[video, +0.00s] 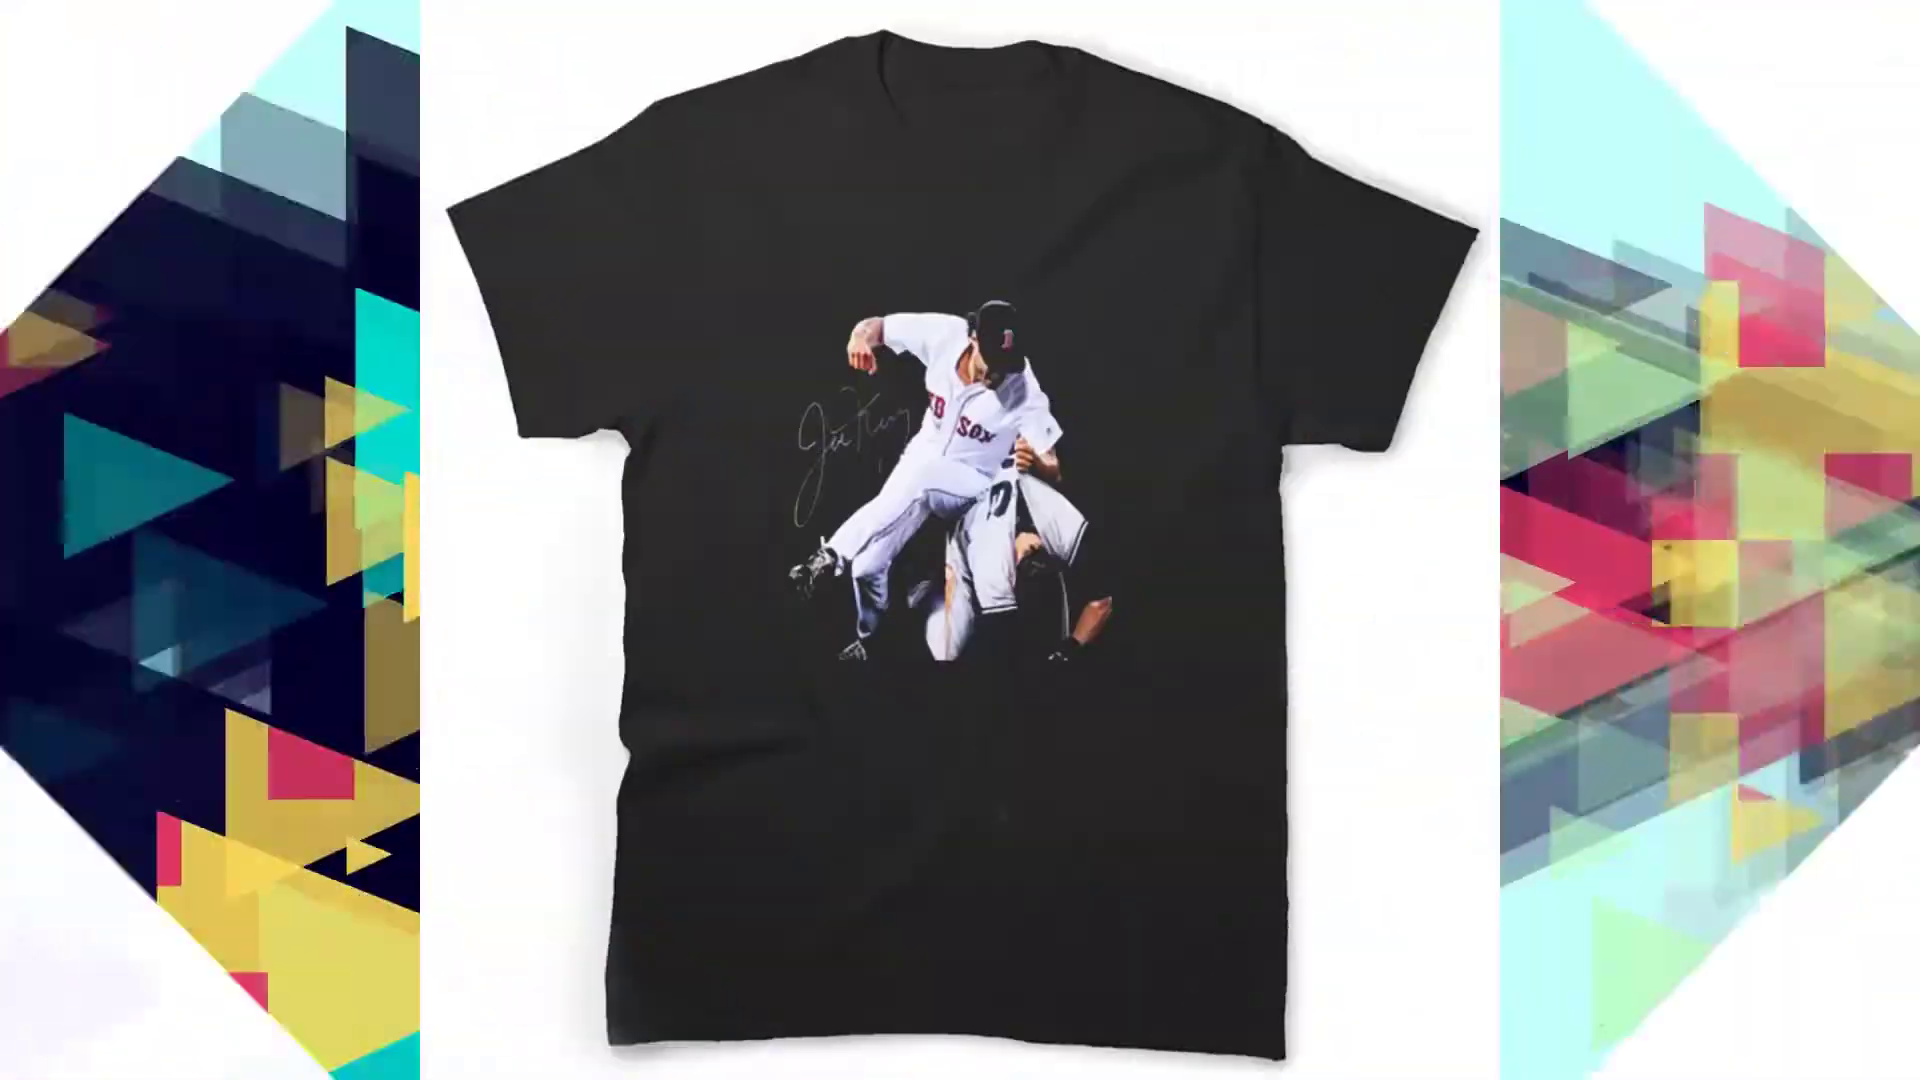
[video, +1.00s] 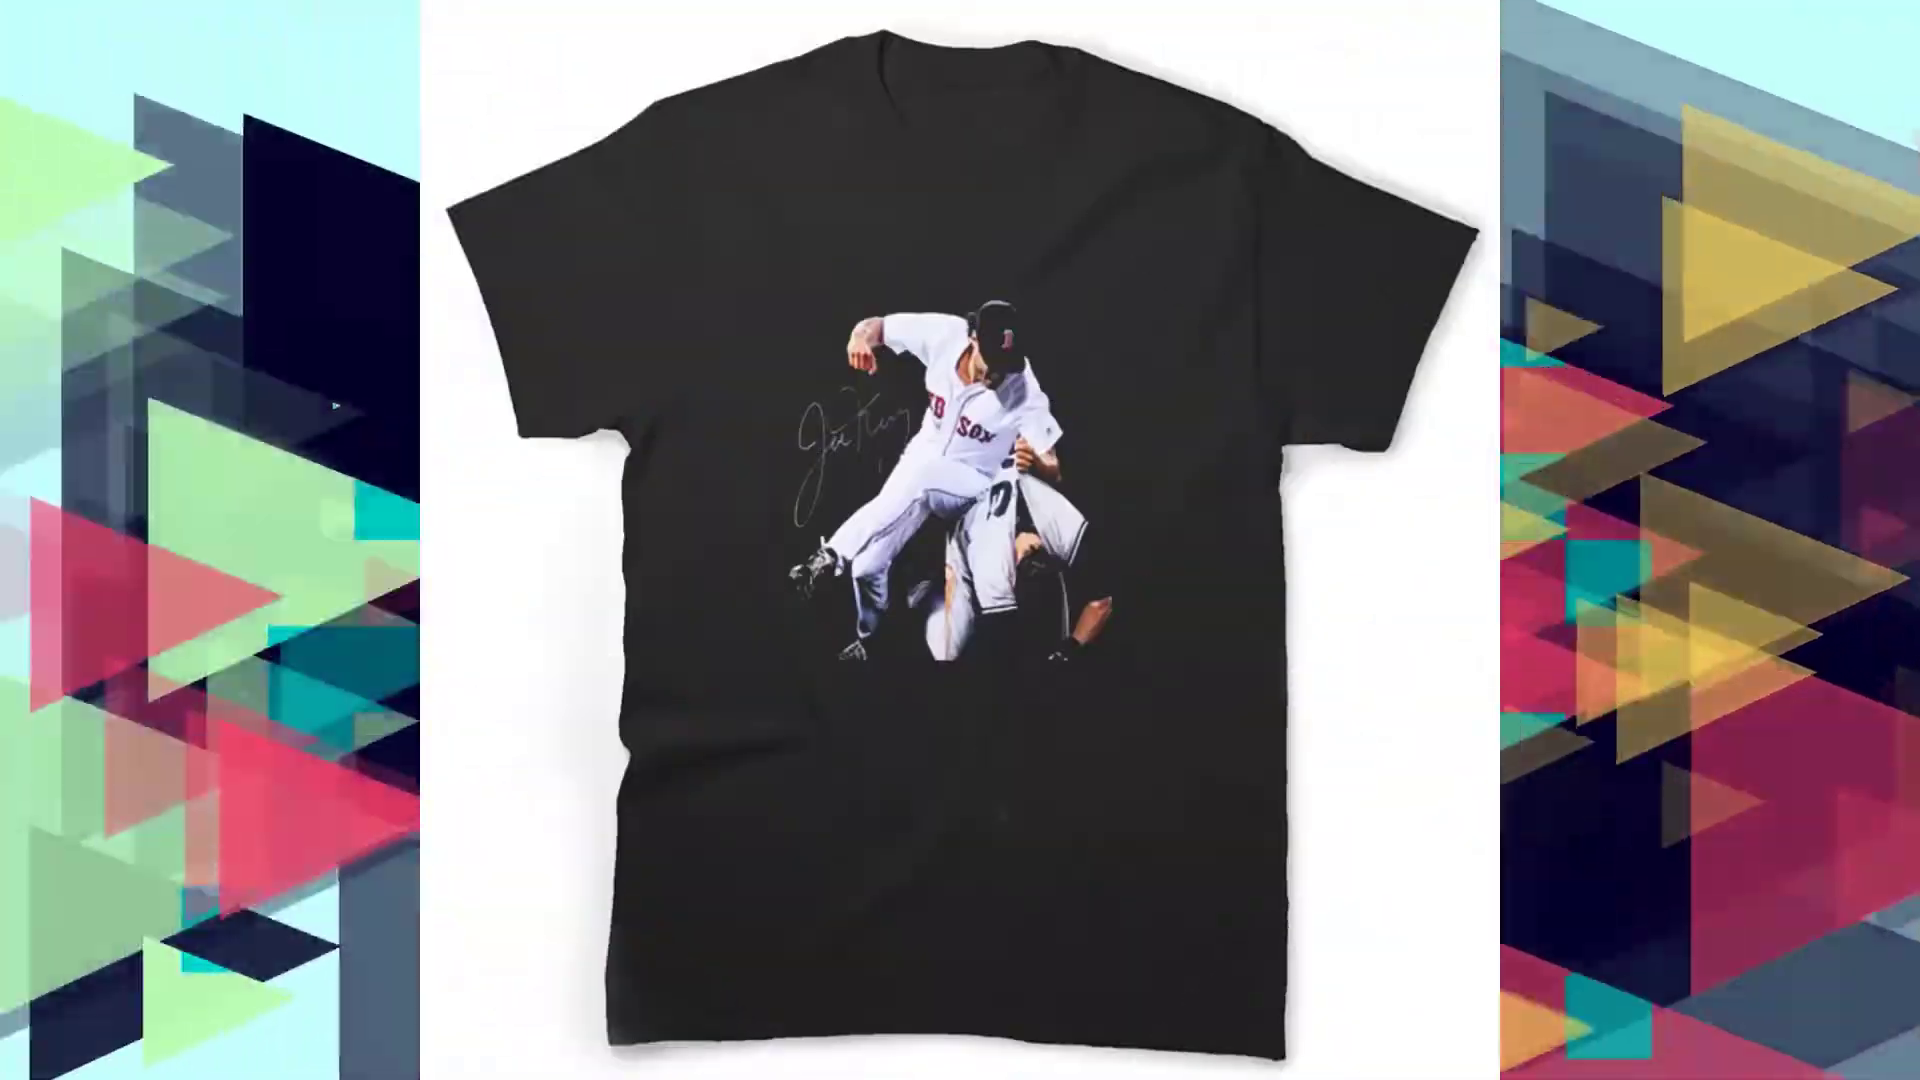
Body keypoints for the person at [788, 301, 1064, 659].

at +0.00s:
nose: (995, 373)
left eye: (1004, 366)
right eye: (990, 364)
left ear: (1016, 355)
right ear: (973, 342)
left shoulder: (1023, 390)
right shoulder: (946, 334)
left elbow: (1055, 470)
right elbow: (874, 327)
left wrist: (1038, 463)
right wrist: (861, 340)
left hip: (978, 482)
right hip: (922, 460)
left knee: (920, 477)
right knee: (867, 565)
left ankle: (827, 559)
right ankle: (870, 640)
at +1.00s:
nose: (995, 373)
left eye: (1004, 366)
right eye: (990, 364)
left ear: (1016, 355)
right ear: (973, 342)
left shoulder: (1023, 390)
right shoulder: (946, 334)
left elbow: (1055, 470)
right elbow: (874, 327)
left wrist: (1038, 463)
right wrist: (861, 340)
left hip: (978, 482)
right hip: (922, 460)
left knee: (920, 477)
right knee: (867, 565)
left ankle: (827, 559)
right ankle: (870, 640)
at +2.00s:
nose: (995, 373)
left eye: (1004, 366)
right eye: (990, 364)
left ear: (1016, 355)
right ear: (973, 342)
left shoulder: (1023, 390)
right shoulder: (946, 334)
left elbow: (1055, 470)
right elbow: (874, 327)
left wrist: (1038, 463)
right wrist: (861, 340)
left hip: (978, 482)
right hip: (922, 460)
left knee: (920, 477)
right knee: (867, 565)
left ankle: (827, 559)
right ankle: (870, 640)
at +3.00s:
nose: (995, 373)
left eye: (1004, 366)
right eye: (990, 364)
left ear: (1016, 355)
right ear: (973, 342)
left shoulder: (1023, 390)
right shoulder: (946, 334)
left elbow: (1055, 470)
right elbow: (874, 327)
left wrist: (1038, 463)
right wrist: (861, 340)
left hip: (978, 482)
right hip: (922, 460)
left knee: (920, 477)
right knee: (867, 565)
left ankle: (827, 559)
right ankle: (870, 640)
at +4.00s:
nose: (995, 373)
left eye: (1004, 366)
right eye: (990, 364)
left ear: (1016, 355)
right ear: (973, 342)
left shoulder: (1023, 390)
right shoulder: (946, 334)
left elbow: (1055, 470)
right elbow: (874, 327)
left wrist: (1038, 463)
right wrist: (861, 341)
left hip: (978, 482)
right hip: (922, 460)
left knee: (920, 477)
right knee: (867, 565)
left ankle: (827, 559)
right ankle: (870, 640)